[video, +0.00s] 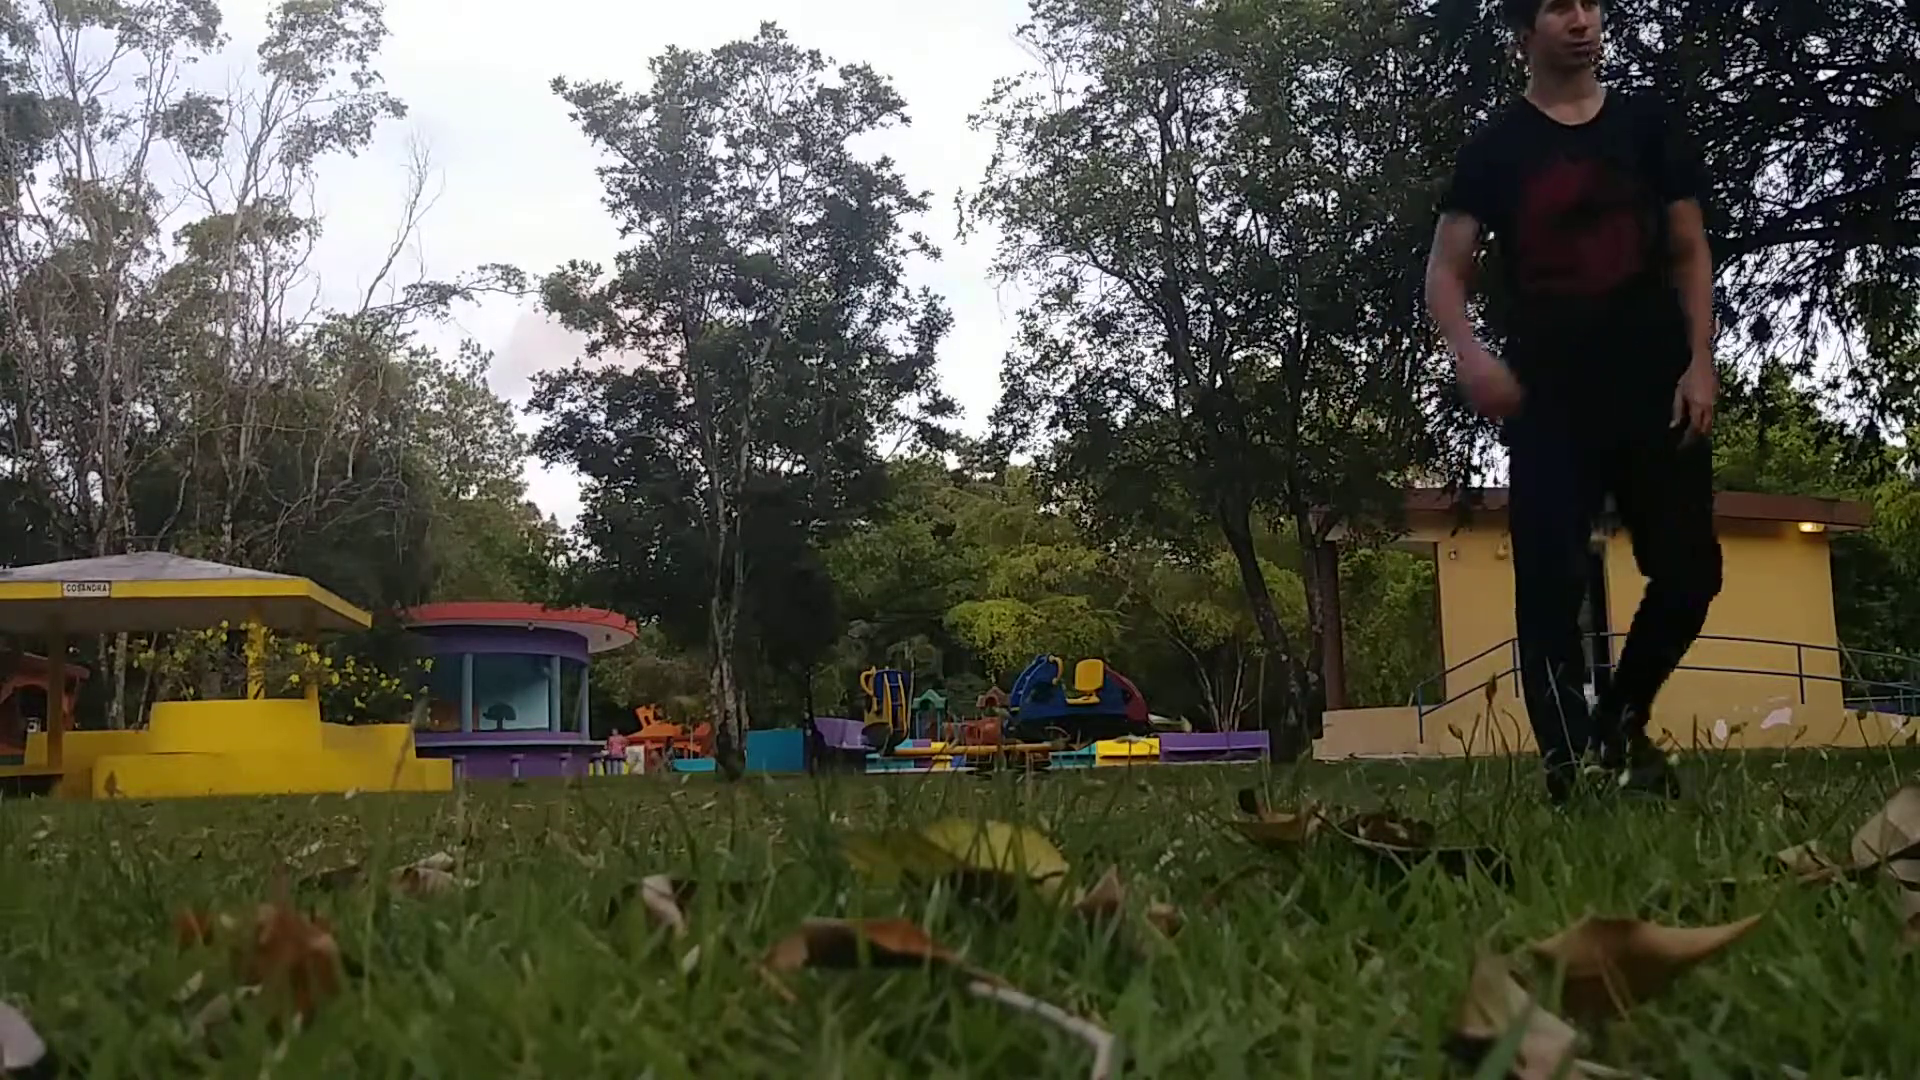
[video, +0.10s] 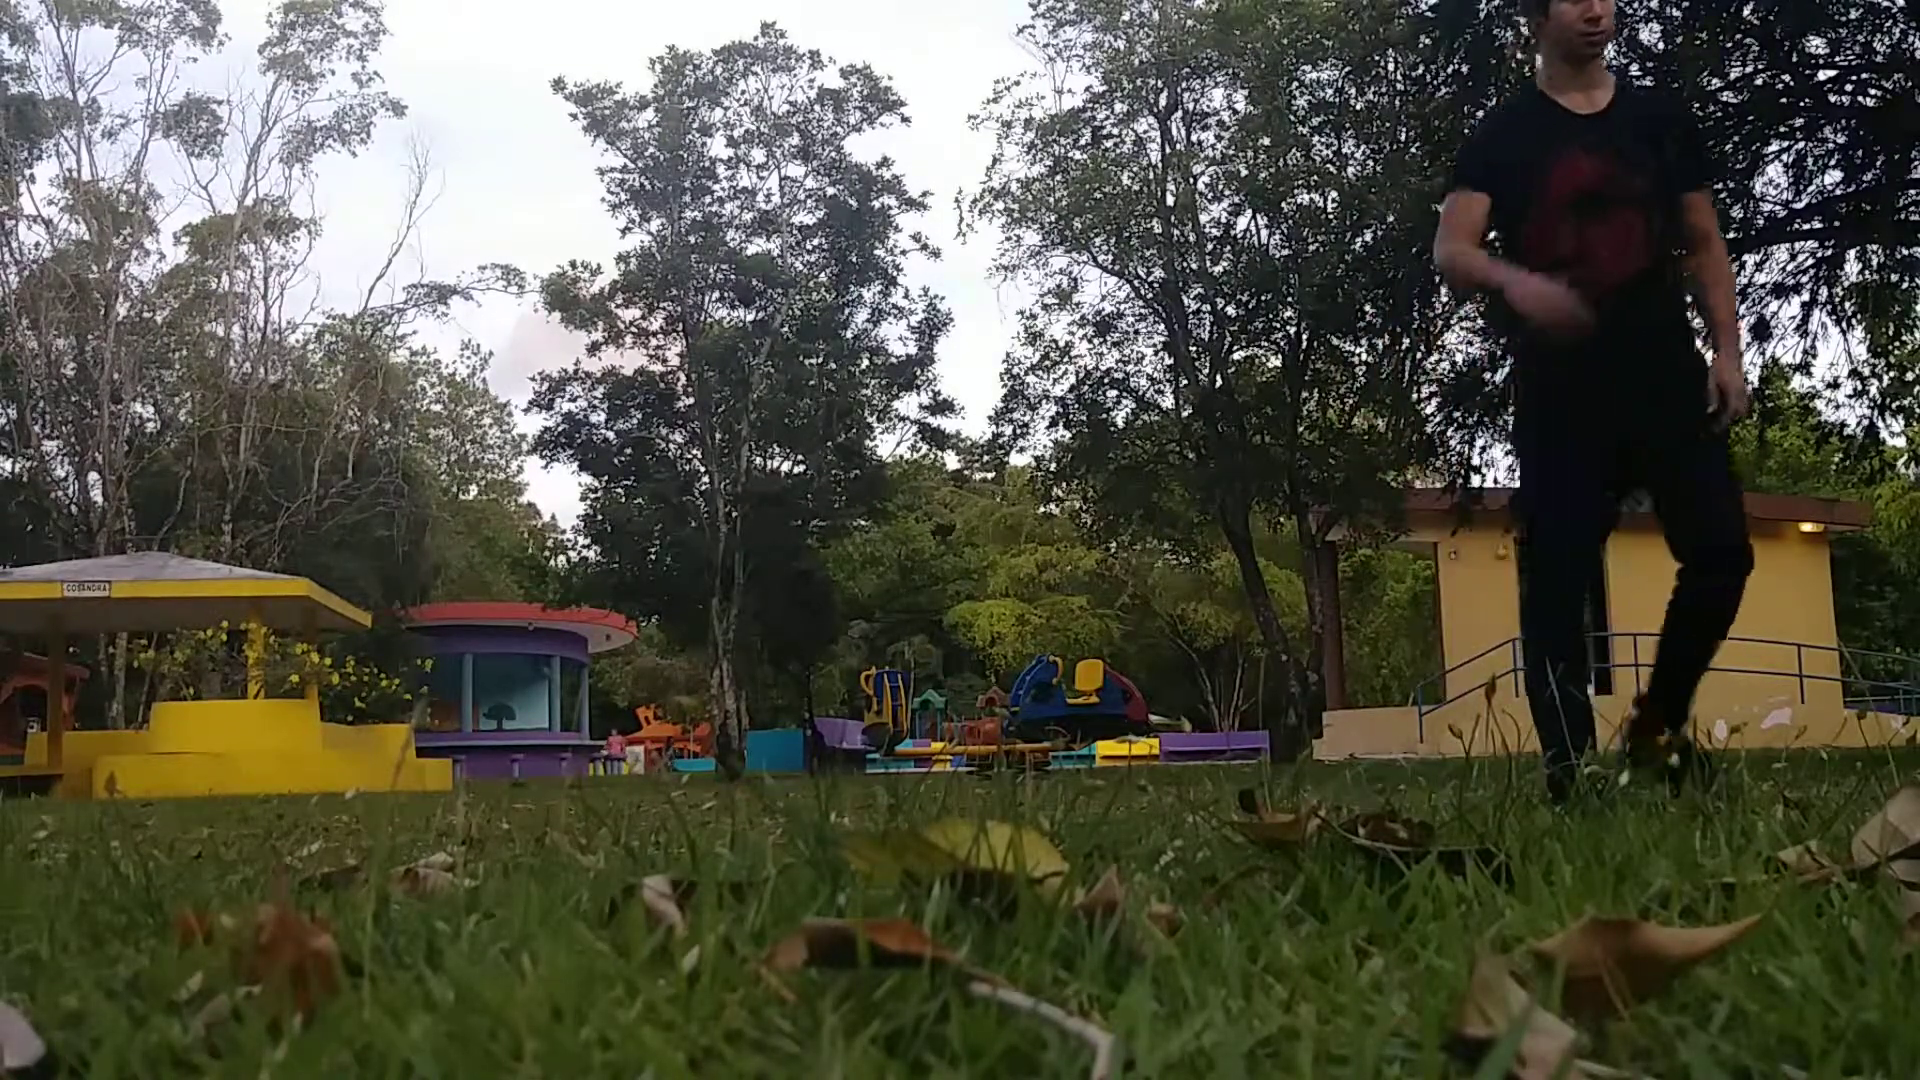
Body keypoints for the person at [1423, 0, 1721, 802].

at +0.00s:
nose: (1580, 22)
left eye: (1589, 8)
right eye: (1559, 10)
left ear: (1602, 21)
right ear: (1525, 31)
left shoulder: (1650, 125)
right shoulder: (1497, 142)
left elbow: (1690, 250)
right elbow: (1445, 270)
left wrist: (1701, 358)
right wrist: (1470, 356)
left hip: (1652, 388)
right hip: (1548, 395)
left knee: (1690, 575)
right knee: (1548, 585)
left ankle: (1621, 724)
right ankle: (1568, 766)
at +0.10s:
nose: (1594, 13)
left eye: (1604, 0)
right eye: (1575, 0)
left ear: (1617, 14)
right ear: (1538, 16)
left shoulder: (1662, 117)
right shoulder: (1503, 129)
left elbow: (1705, 245)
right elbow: (1452, 250)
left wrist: (1729, 352)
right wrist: (1513, 279)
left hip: (1662, 373)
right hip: (1558, 383)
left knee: (1721, 555)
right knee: (1557, 573)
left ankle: (1656, 729)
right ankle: (1568, 767)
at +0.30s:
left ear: (1663, 5)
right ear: (1588, 2)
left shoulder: (1702, 106)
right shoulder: (1551, 102)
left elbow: (1737, 240)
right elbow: (1540, 224)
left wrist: (1781, 330)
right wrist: (1618, 221)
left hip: (1705, 359)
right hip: (1598, 366)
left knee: (1788, 538)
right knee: (1584, 567)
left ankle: (1812, 742)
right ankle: (1572, 762)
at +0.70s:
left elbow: (1906, 191)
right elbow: (1603, 197)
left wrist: (1900, 209)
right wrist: (1647, 200)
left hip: (1842, 319)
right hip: (1723, 328)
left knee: (1871, 534)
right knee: (1765, 499)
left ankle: (1857, 757)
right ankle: (1719, 737)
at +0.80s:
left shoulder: (1872, 27)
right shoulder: (1686, 41)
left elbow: (1907, 147)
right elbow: (1616, 199)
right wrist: (1629, 128)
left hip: (1864, 313)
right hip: (1746, 328)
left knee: (1902, 524)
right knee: (1779, 529)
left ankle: (1874, 744)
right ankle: (1795, 755)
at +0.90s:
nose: (1763, 7)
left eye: (1778, 2)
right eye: (1751, 1)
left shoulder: (1870, 52)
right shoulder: (1704, 50)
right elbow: (1634, 176)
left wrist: (1900, 38)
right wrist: (1645, 49)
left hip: (1890, 320)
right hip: (1770, 335)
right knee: (1787, 548)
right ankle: (1796, 763)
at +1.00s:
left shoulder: (1888, 38)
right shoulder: (1755, 30)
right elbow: (1710, 175)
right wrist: (1732, 75)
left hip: (1896, 309)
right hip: (1791, 309)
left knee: (1913, 526)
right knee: (1786, 528)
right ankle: (1788, 744)